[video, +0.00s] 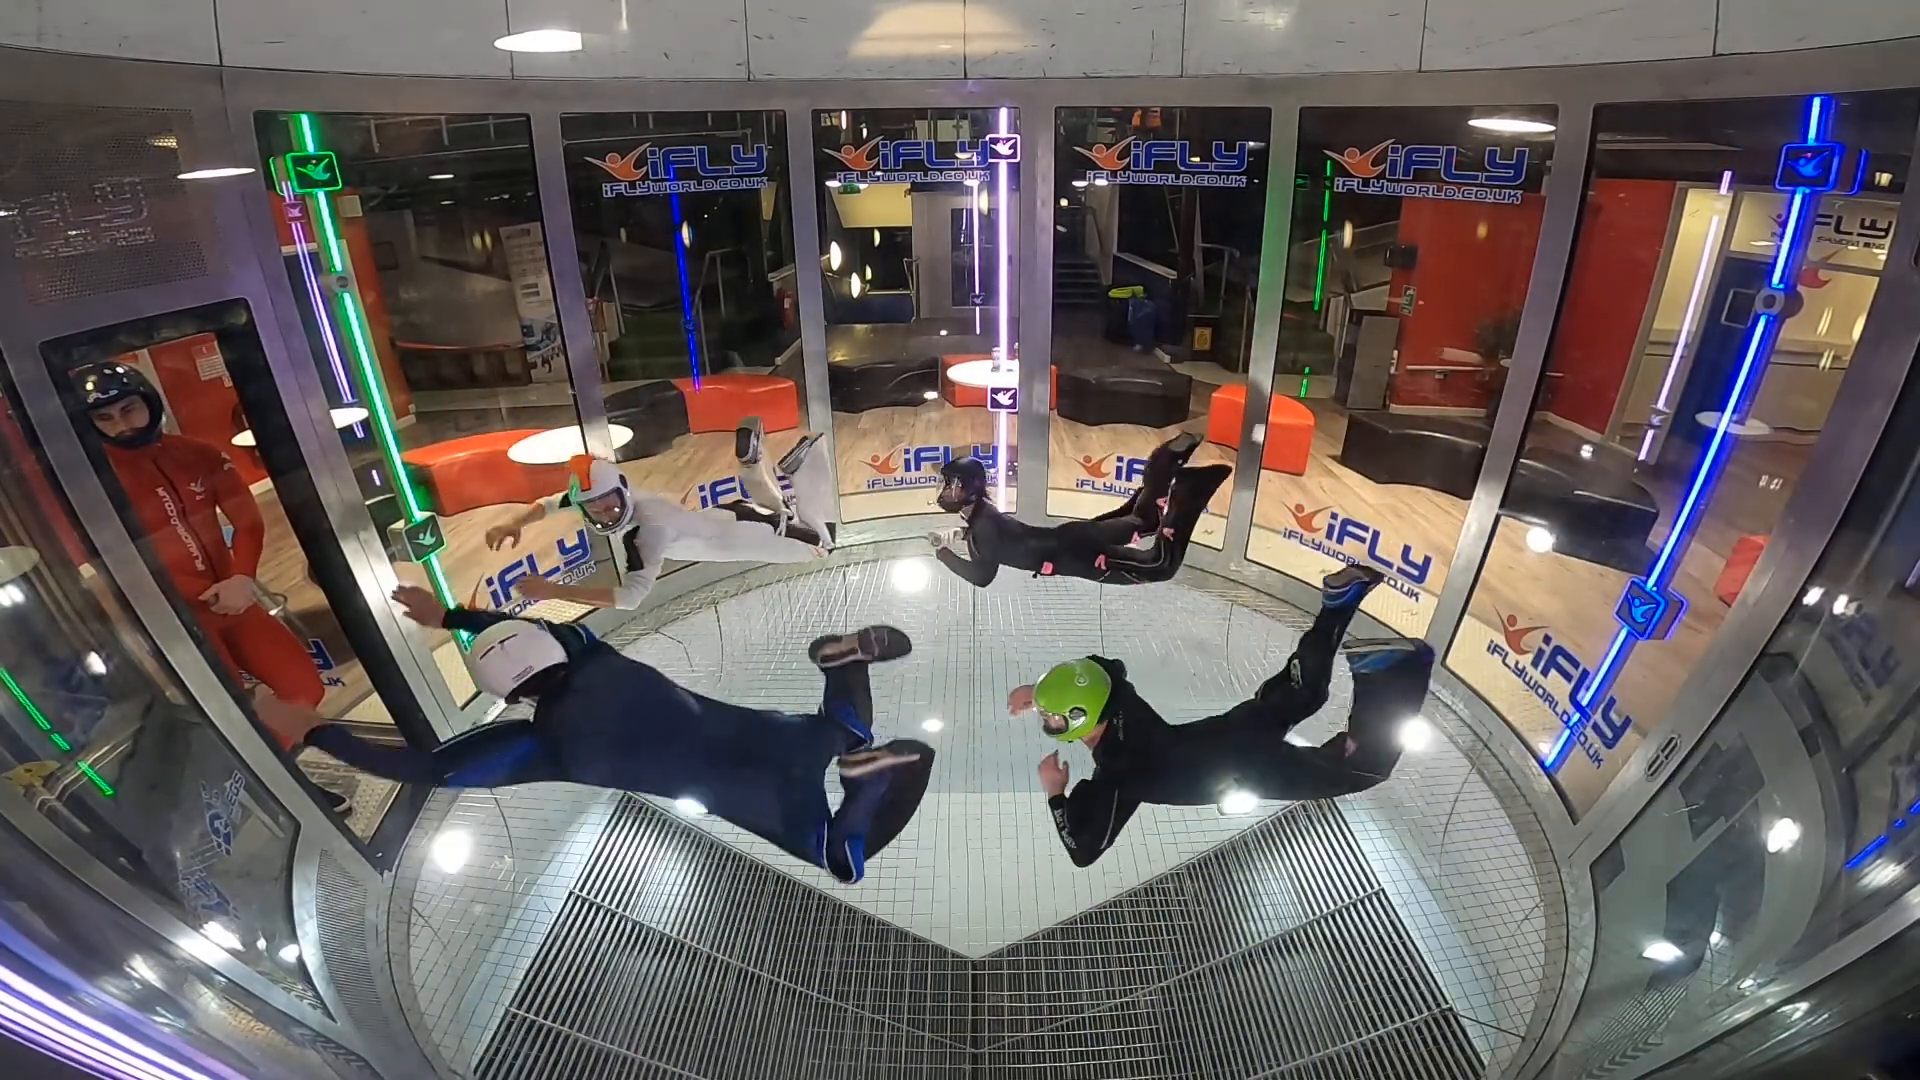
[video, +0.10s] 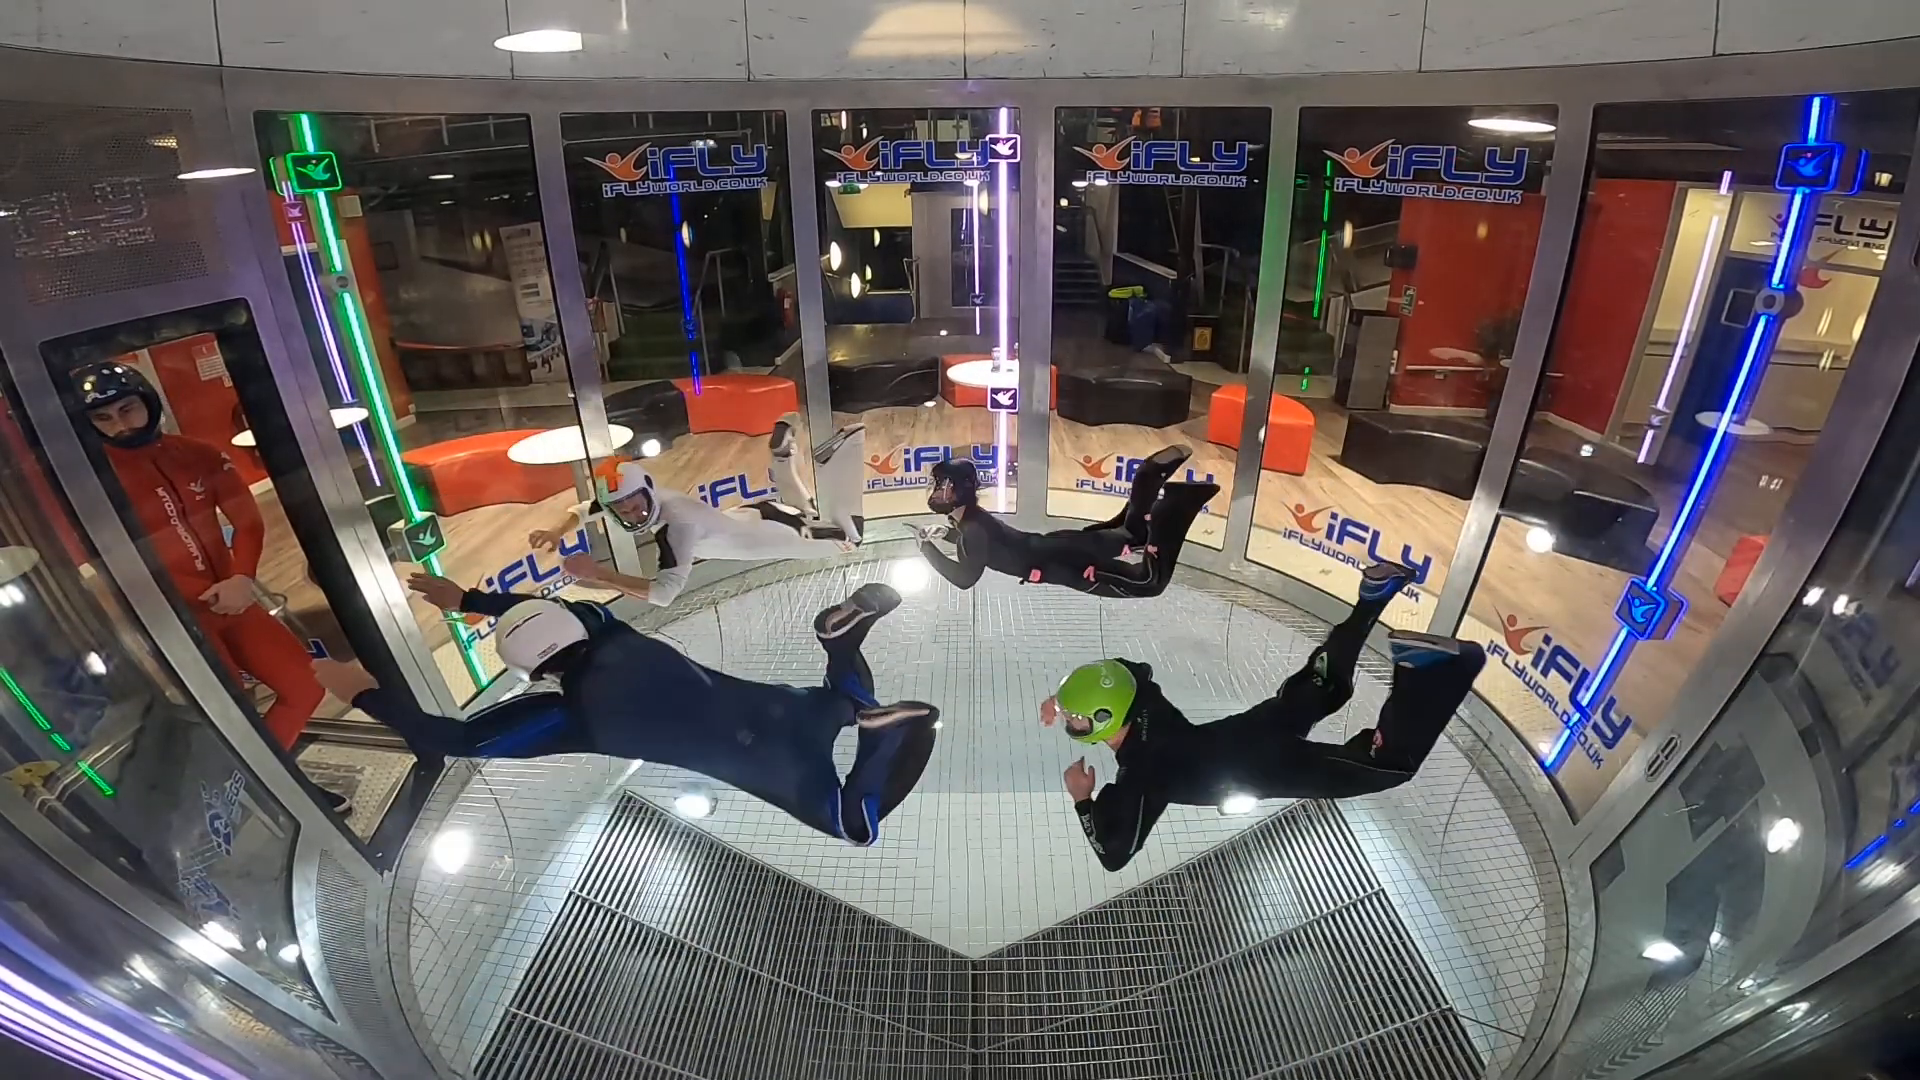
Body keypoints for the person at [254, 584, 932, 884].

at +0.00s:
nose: (529, 662)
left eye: (517, 664)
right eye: (524, 656)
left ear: (516, 697)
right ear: (545, 652)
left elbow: (425, 766)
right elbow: (526, 625)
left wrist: (318, 734)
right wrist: (447, 616)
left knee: (838, 853)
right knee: (846, 720)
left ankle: (893, 771)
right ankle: (849, 656)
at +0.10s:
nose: (531, 666)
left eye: (524, 660)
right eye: (532, 650)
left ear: (538, 667)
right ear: (567, 628)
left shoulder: (565, 715)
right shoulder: (610, 631)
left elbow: (459, 739)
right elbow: (545, 609)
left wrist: (368, 691)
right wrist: (463, 599)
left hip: (760, 759)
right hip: (774, 705)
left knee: (855, 820)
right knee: (842, 700)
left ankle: (906, 732)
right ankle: (845, 640)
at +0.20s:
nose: (565, 641)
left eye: (559, 637)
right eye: (567, 627)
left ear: (570, 648)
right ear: (600, 608)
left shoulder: (600, 694)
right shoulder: (633, 616)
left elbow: (497, 718)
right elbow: (567, 594)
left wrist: (404, 668)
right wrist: (492, 590)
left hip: (775, 736)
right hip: (791, 683)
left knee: (879, 793)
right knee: (867, 683)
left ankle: (904, 699)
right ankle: (859, 614)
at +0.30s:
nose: (598, 623)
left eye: (595, 617)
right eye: (601, 610)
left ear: (605, 624)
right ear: (633, 591)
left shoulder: (639, 668)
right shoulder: (670, 606)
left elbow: (547, 708)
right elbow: (598, 588)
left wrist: (457, 648)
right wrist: (527, 583)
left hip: (806, 714)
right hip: (819, 668)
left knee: (912, 776)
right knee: (884, 669)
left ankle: (923, 675)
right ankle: (883, 593)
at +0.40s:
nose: (645, 626)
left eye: (642, 615)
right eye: (642, 612)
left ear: (651, 614)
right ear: (679, 578)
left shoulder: (692, 649)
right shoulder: (708, 598)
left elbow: (593, 699)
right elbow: (644, 586)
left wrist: (533, 629)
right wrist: (574, 579)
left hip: (854, 698)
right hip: (853, 660)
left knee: (964, 759)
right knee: (920, 661)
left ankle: (958, 653)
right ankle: (916, 584)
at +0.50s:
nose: (694, 614)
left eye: (690, 605)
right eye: (692, 602)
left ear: (698, 603)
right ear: (725, 570)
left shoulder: (731, 644)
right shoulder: (758, 590)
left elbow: (644, 695)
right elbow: (696, 582)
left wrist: (610, 619)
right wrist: (633, 584)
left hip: (907, 693)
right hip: (909, 655)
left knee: (1019, 736)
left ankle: (1003, 627)